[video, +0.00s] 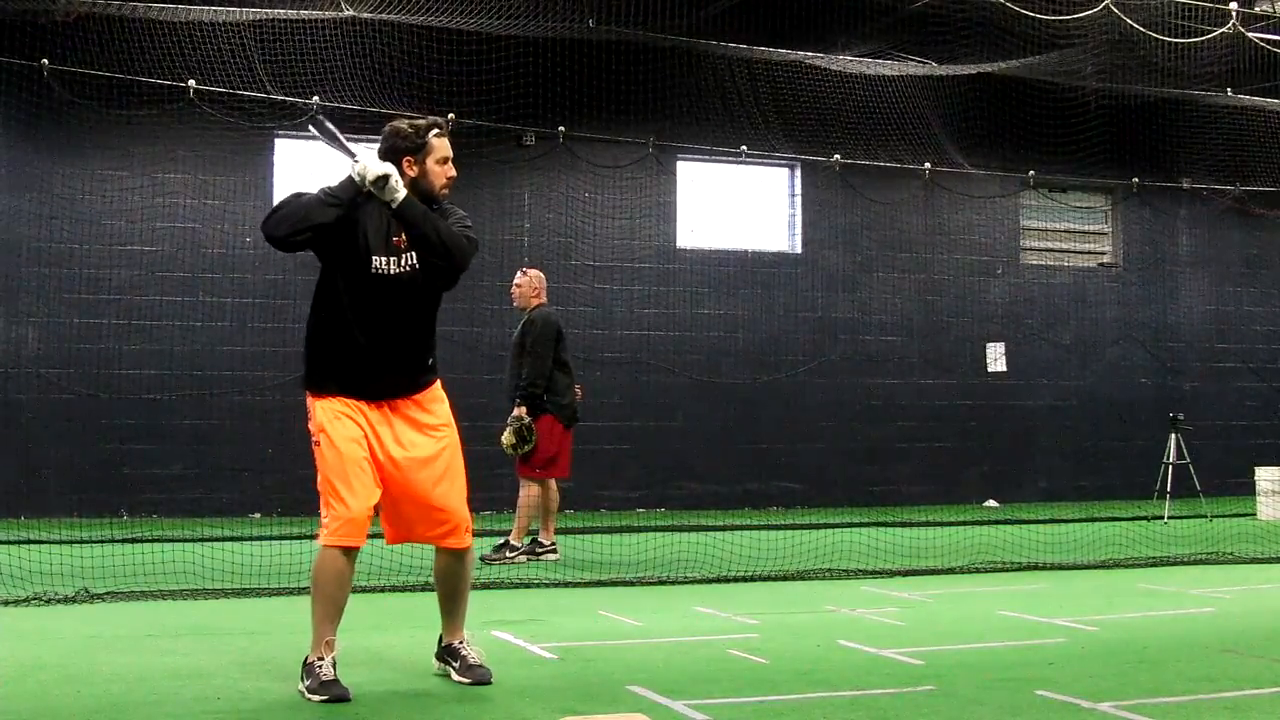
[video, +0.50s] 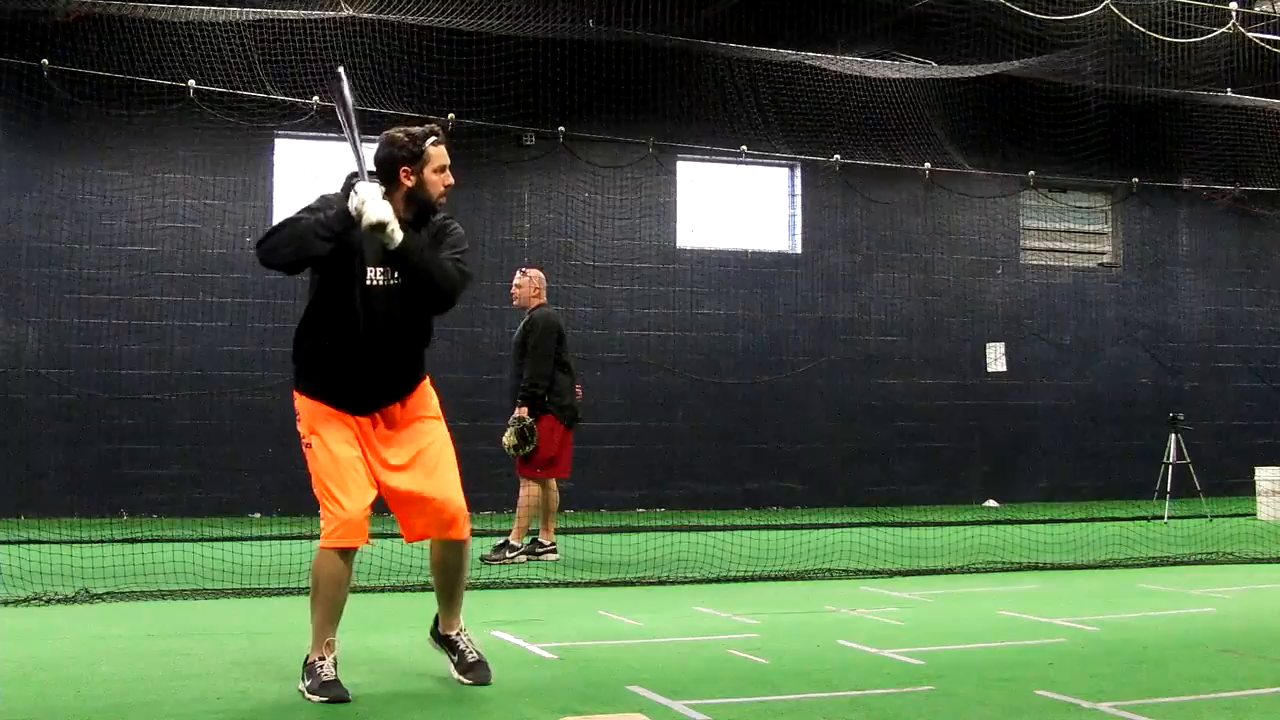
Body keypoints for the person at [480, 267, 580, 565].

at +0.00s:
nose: (512, 291)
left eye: (518, 286)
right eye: (513, 286)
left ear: (535, 290)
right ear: (532, 292)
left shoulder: (541, 320)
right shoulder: (537, 319)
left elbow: (536, 367)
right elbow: (543, 366)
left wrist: (522, 403)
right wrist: (565, 388)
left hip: (543, 410)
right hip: (553, 409)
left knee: (529, 476)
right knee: (546, 477)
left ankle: (514, 542)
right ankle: (546, 541)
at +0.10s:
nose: (512, 291)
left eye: (518, 286)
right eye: (513, 286)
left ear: (536, 290)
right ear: (532, 292)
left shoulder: (542, 319)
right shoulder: (537, 319)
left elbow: (536, 367)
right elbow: (546, 365)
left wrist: (522, 403)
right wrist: (566, 387)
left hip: (543, 410)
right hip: (553, 409)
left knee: (529, 476)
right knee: (546, 476)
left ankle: (515, 542)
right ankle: (546, 541)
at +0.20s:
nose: (513, 291)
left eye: (518, 286)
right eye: (513, 286)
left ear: (536, 290)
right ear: (532, 292)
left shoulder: (542, 320)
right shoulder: (538, 319)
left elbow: (536, 368)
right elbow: (547, 365)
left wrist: (522, 403)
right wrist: (566, 387)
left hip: (544, 410)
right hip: (554, 409)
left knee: (529, 475)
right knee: (546, 476)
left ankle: (515, 542)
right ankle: (546, 541)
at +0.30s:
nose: (513, 291)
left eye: (518, 286)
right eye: (514, 286)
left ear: (536, 291)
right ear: (532, 292)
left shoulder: (542, 320)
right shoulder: (538, 319)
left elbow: (536, 367)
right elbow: (547, 364)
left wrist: (522, 403)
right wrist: (566, 386)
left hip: (544, 410)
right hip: (554, 409)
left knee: (529, 475)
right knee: (546, 476)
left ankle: (515, 542)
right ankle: (546, 541)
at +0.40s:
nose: (513, 291)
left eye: (518, 286)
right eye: (513, 286)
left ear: (536, 291)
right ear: (532, 292)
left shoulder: (542, 320)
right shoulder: (538, 319)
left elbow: (536, 367)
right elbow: (548, 364)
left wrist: (522, 403)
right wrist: (566, 386)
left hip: (544, 409)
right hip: (554, 409)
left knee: (529, 475)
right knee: (546, 476)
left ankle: (515, 542)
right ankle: (546, 541)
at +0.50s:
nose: (513, 291)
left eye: (518, 286)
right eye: (513, 286)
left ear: (536, 290)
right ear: (532, 291)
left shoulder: (543, 319)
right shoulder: (539, 318)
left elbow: (537, 367)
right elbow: (547, 364)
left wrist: (523, 403)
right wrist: (567, 385)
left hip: (543, 409)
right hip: (553, 408)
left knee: (529, 476)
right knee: (546, 476)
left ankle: (514, 542)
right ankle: (546, 542)